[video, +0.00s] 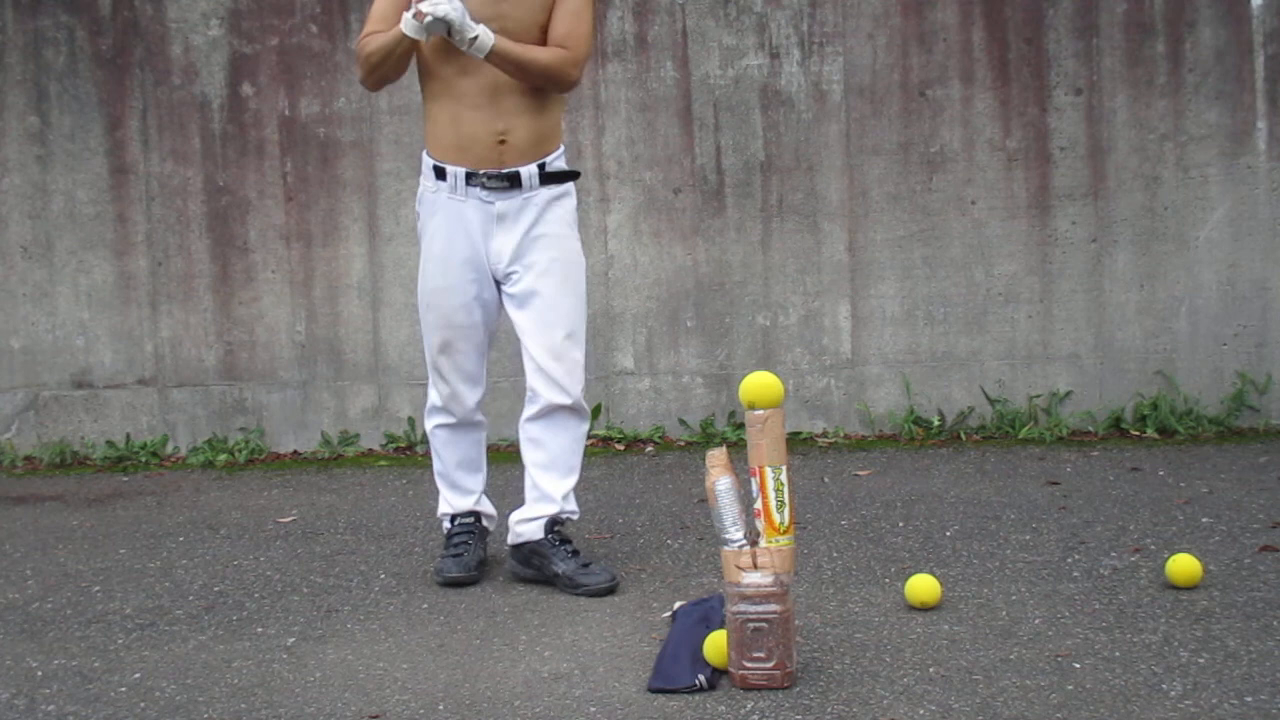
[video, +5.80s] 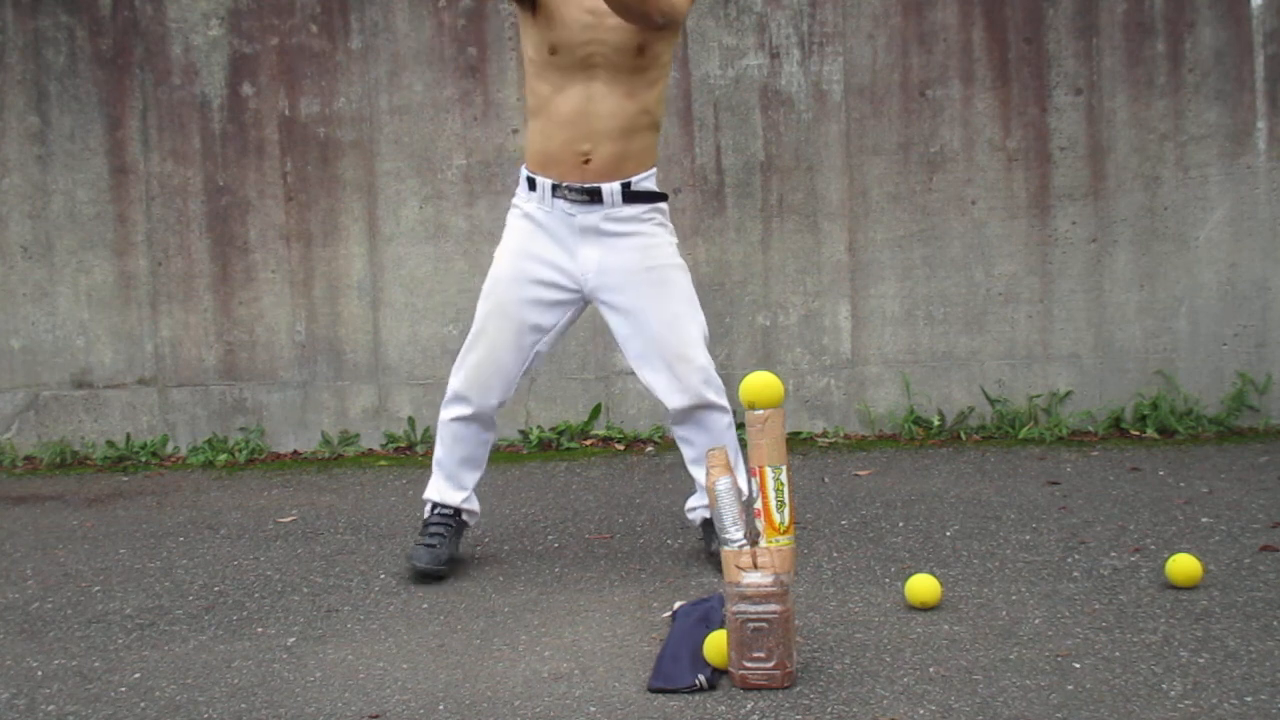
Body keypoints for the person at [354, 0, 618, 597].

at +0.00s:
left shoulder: (568, 1)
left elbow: (566, 71)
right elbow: (370, 72)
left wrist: (480, 39)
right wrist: (413, 27)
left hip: (543, 199)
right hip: (450, 200)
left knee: (559, 378)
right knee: (453, 380)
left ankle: (541, 532)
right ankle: (462, 521)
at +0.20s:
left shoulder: (567, 1)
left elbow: (559, 75)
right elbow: (372, 69)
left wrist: (462, 49)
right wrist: (408, 36)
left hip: (549, 193)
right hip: (458, 199)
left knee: (597, 361)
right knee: (458, 382)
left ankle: (629, 505)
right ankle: (462, 518)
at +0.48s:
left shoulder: (621, 3)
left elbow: (608, 75)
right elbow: (441, 78)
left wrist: (507, 45)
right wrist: (460, 38)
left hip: (592, 201)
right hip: (502, 202)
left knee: (641, 362)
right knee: (477, 378)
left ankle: (687, 506)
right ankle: (465, 517)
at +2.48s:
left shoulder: (627, 5)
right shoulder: (493, 4)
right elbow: (466, 97)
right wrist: (481, 16)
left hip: (605, 195)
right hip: (512, 197)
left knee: (646, 364)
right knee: (479, 375)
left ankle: (686, 507)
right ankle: (454, 517)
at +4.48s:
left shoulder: (632, 1)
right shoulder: (486, 1)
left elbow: (630, 76)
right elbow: (465, 98)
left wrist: (559, 24)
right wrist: (500, 27)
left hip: (606, 196)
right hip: (514, 198)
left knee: (648, 363)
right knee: (481, 374)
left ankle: (686, 507)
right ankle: (455, 517)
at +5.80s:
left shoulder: (669, 8)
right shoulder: (533, 2)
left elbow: (643, 7)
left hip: (636, 222)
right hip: (539, 219)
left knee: (693, 382)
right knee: (476, 382)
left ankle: (725, 516)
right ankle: (446, 509)